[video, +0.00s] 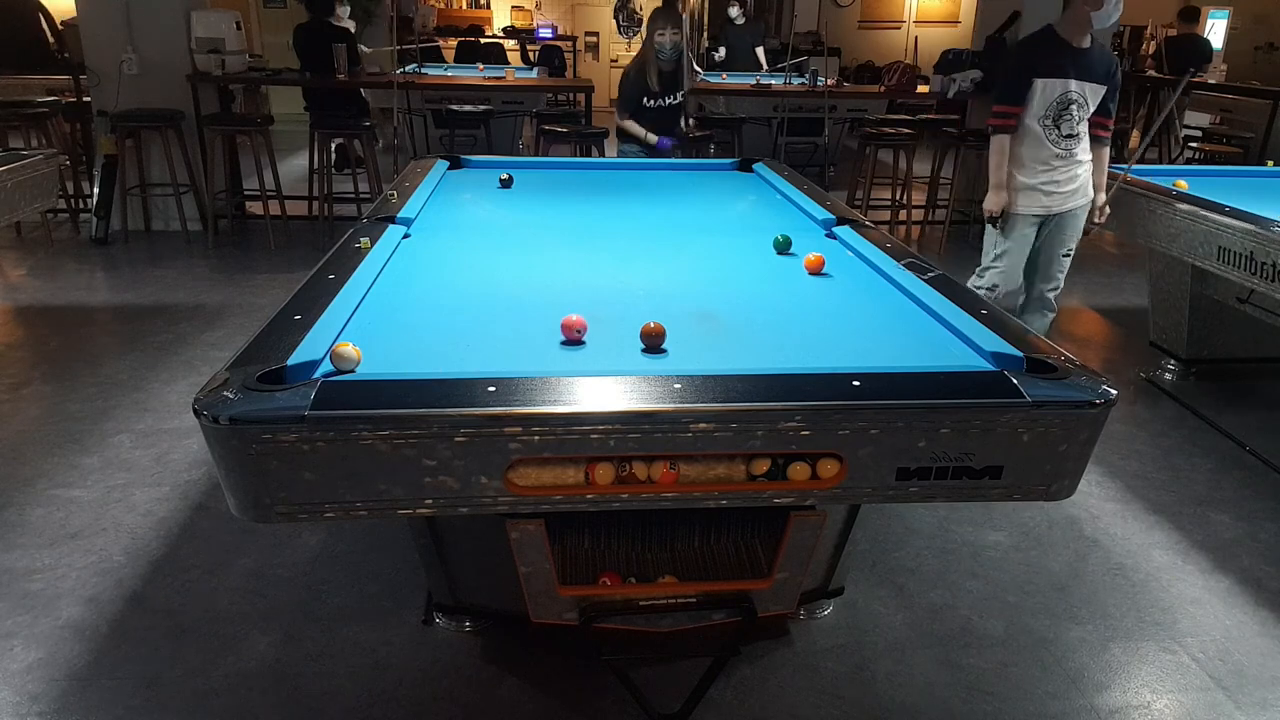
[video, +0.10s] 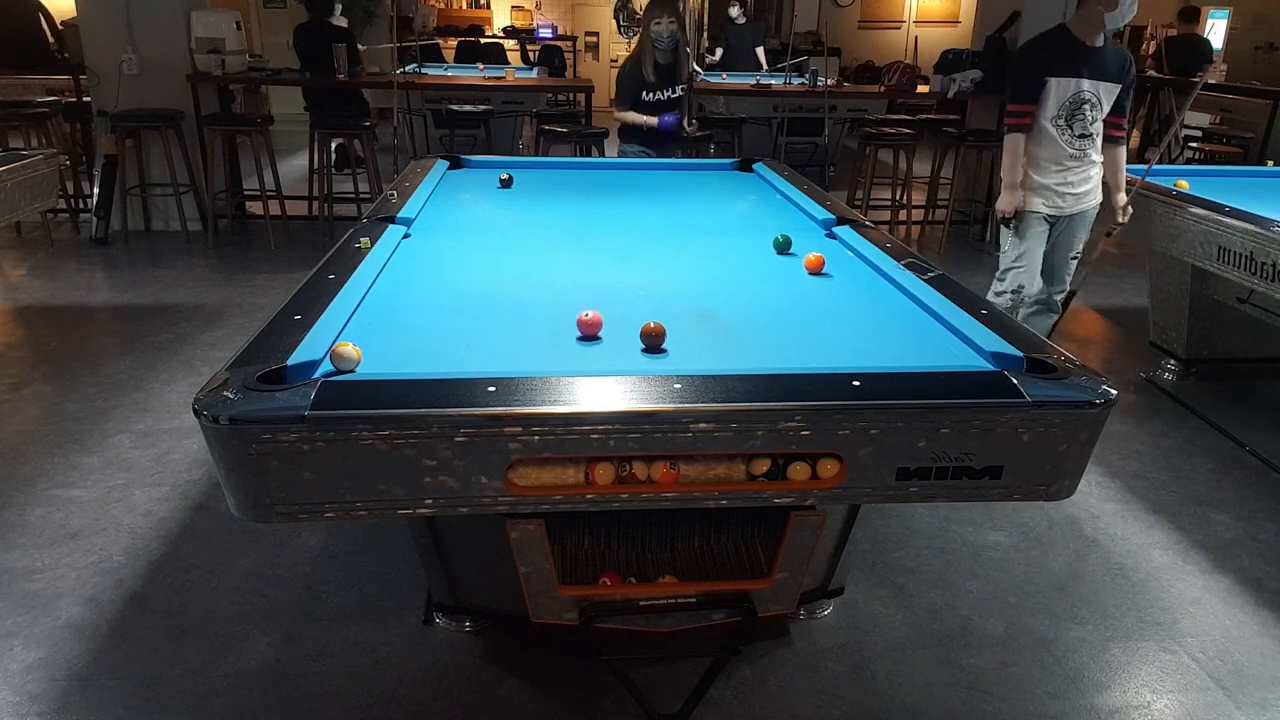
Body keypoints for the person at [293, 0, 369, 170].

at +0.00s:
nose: (340, 9)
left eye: (340, 5)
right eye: (338, 5)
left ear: (308, 7)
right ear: (333, 7)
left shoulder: (299, 31)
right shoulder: (344, 34)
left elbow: (306, 63)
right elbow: (356, 72)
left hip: (314, 102)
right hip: (345, 103)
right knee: (362, 105)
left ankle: (349, 150)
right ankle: (344, 148)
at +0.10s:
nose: (338, 7)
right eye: (336, 4)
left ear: (308, 8)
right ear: (332, 8)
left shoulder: (300, 31)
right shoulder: (344, 34)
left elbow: (306, 64)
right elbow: (357, 73)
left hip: (315, 104)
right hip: (346, 105)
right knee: (362, 105)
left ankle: (351, 150)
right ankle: (344, 148)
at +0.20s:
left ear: (308, 8)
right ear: (331, 8)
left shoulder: (300, 31)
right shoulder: (343, 32)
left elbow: (305, 65)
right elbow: (357, 71)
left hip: (315, 103)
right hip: (346, 104)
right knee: (362, 106)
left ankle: (351, 150)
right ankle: (345, 148)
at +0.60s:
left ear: (307, 8)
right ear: (332, 8)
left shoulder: (300, 31)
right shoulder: (343, 31)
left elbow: (303, 68)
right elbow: (356, 71)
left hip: (315, 103)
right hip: (346, 104)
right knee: (362, 106)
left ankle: (351, 151)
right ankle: (344, 148)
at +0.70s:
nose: (336, 7)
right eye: (333, 4)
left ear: (307, 8)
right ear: (331, 7)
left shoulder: (300, 30)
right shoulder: (342, 30)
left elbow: (295, 63)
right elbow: (355, 67)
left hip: (314, 102)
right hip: (346, 103)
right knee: (362, 107)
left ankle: (351, 151)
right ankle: (344, 148)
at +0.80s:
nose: (339, 8)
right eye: (336, 4)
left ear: (306, 8)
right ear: (330, 7)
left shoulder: (299, 31)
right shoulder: (342, 30)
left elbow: (302, 66)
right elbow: (355, 70)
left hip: (314, 103)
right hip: (345, 104)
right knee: (362, 107)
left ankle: (352, 150)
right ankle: (345, 149)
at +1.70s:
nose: (341, 11)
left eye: (340, 7)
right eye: (338, 7)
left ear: (309, 8)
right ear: (332, 8)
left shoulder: (298, 29)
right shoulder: (342, 33)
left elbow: (304, 66)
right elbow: (356, 71)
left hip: (315, 104)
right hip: (345, 105)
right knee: (362, 105)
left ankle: (352, 151)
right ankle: (346, 148)